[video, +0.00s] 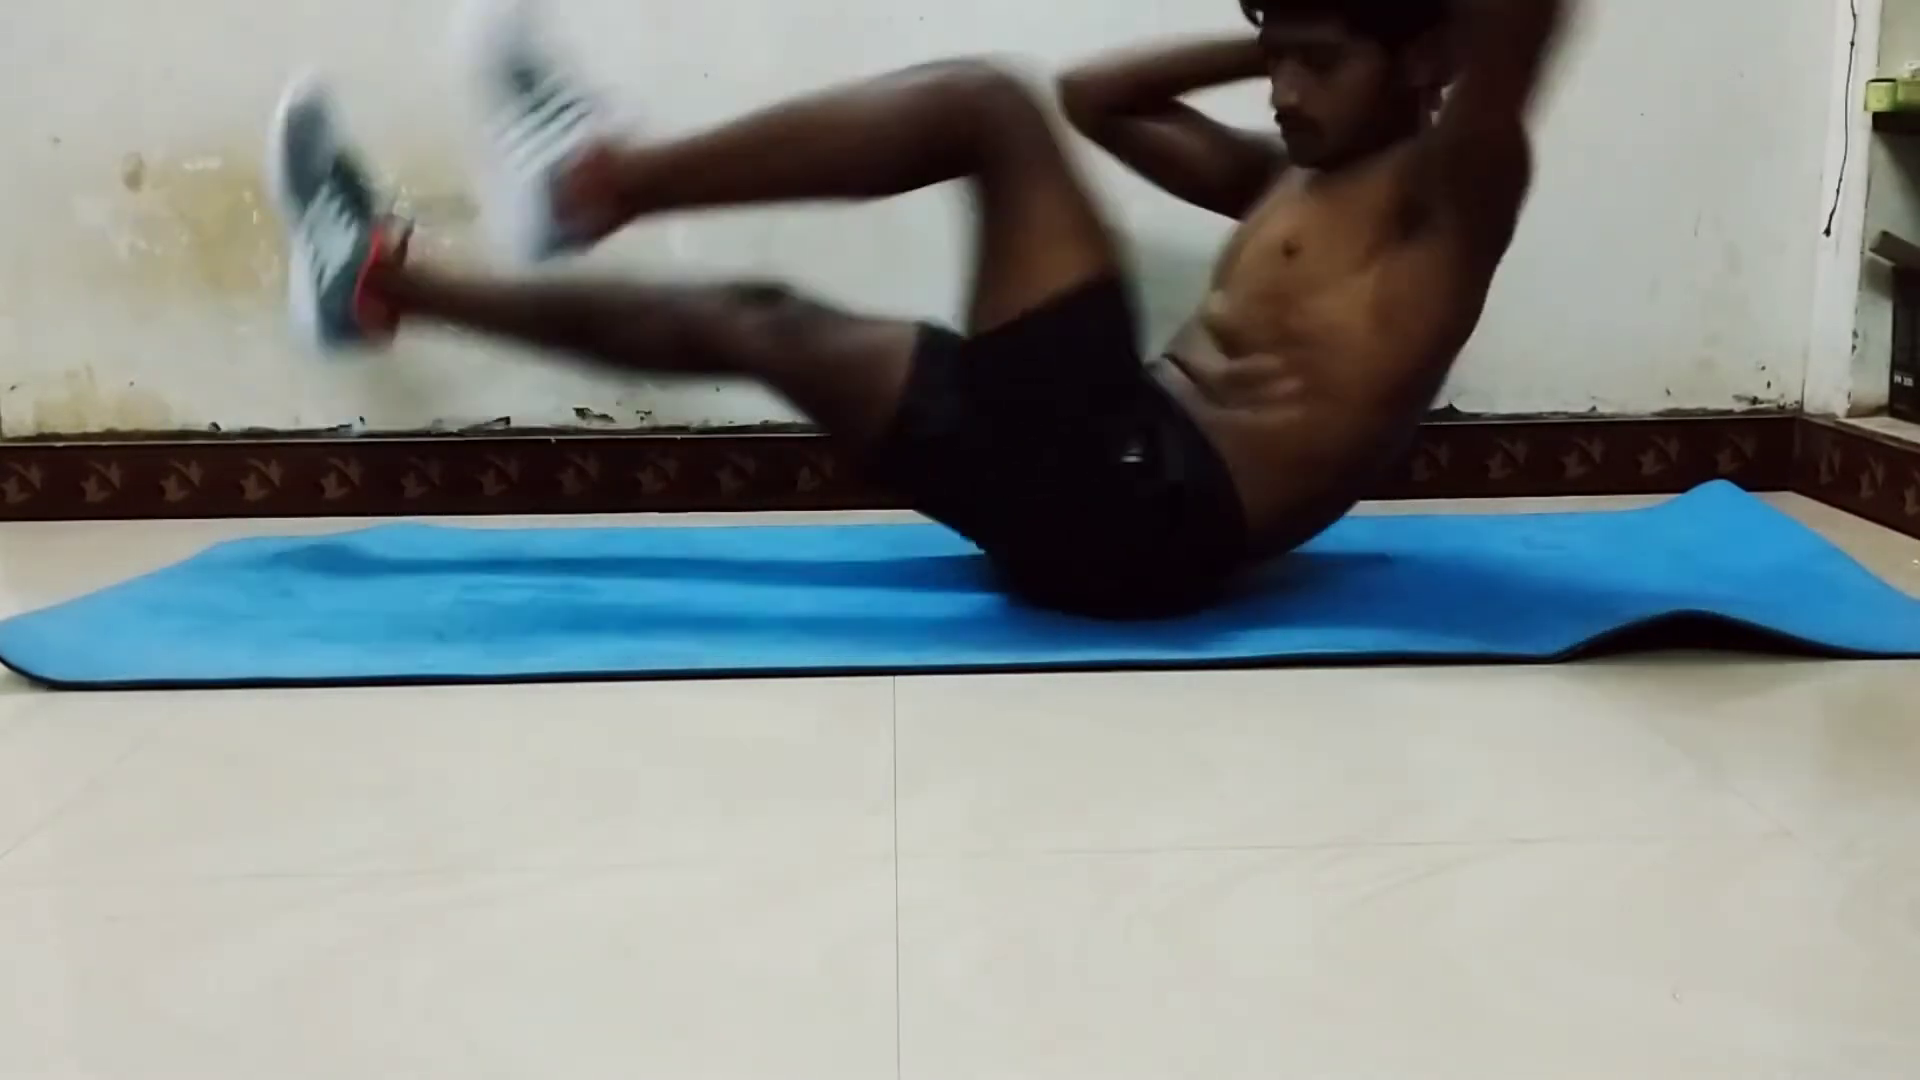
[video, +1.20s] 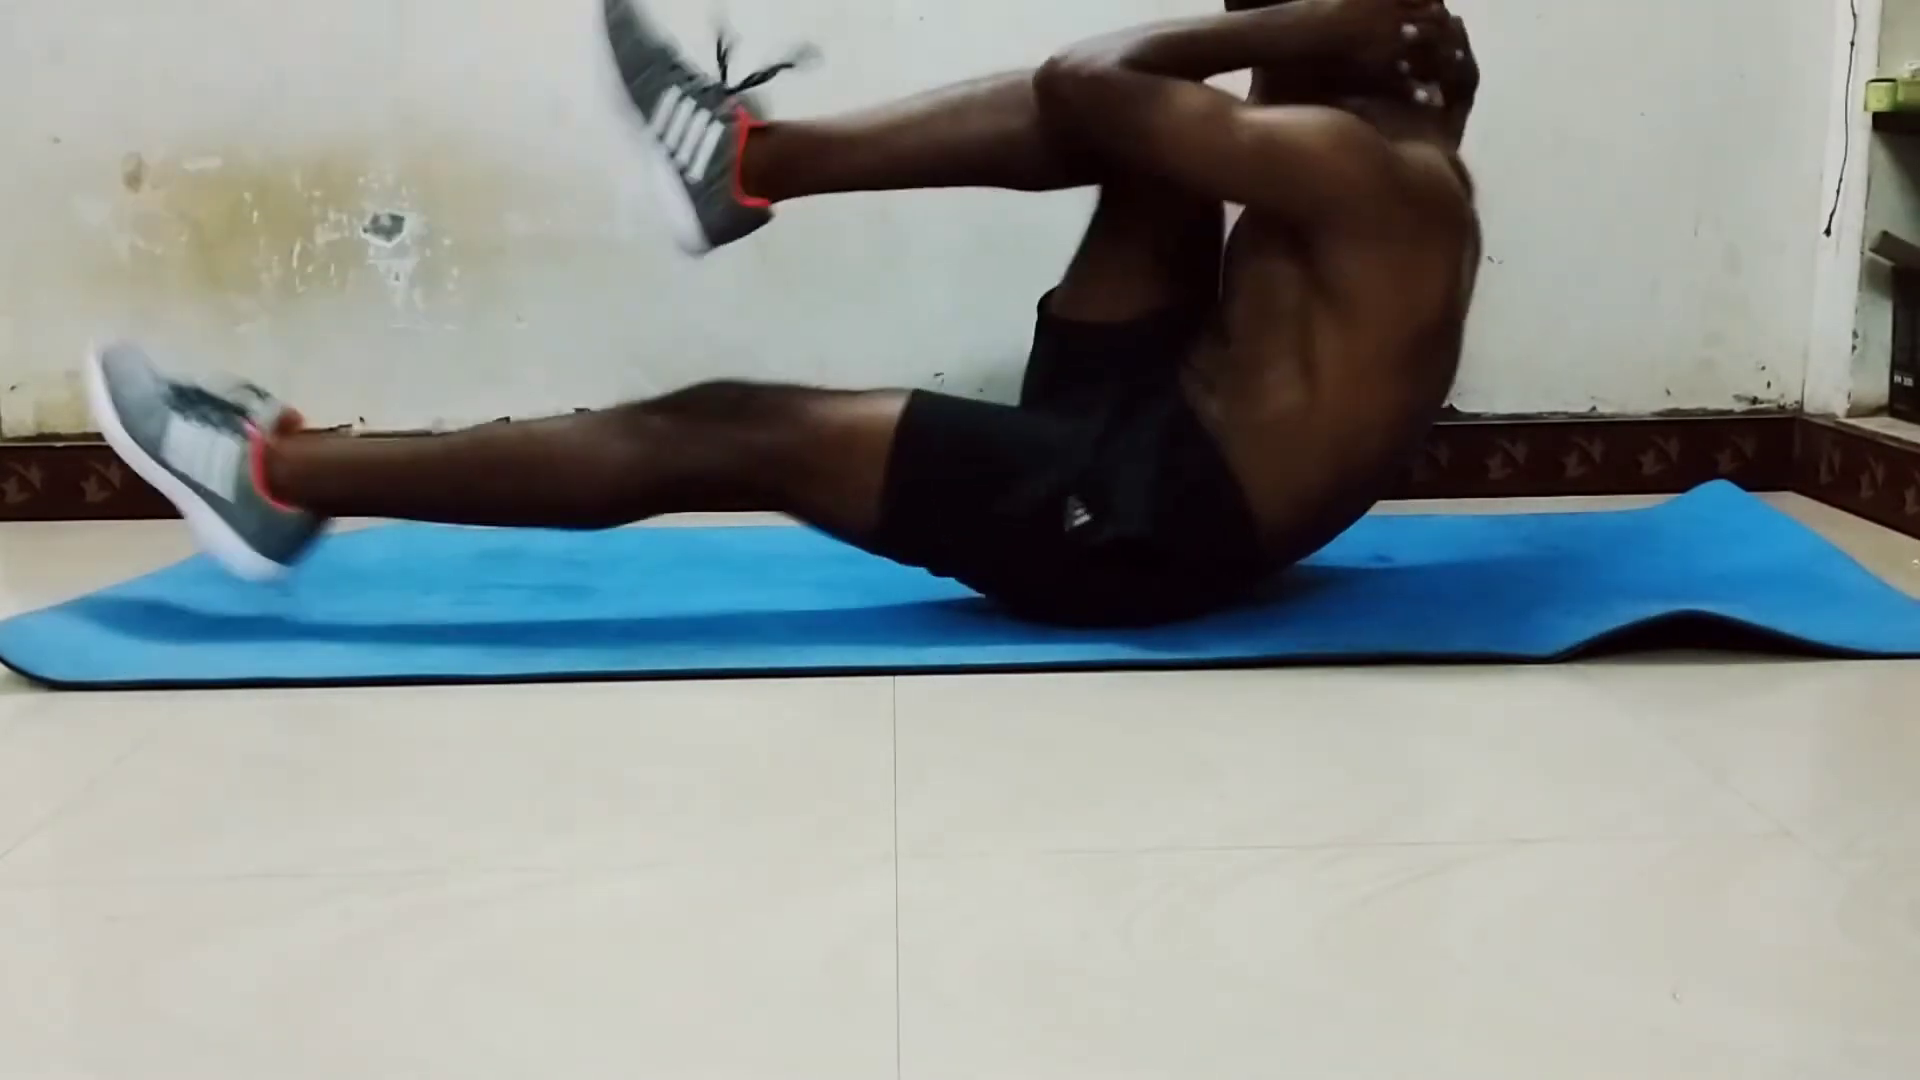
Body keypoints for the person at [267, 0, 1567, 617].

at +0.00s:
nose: (1287, 95)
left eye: (1315, 66)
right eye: (1278, 71)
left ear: (1417, 65)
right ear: (1288, 86)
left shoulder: (1452, 183)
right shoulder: (1295, 181)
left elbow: (1532, 27)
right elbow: (1095, 105)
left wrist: (1443, 50)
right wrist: (1255, 70)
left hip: (1150, 509)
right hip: (1077, 476)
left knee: (996, 105)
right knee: (754, 323)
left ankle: (601, 189)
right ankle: (390, 282)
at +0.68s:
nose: (1260, 109)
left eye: (1282, 69)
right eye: (1242, 71)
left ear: (1399, 56)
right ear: (1286, 70)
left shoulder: (1443, 201)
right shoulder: (1350, 166)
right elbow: (1175, 54)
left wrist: (1388, 51)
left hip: (1167, 522)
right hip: (1143, 476)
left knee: (872, 180)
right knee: (879, 173)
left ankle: (421, 234)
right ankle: (535, 320)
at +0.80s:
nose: (1252, 110)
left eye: (1278, 77)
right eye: (1250, 88)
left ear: (1402, 68)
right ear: (1359, 80)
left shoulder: (1441, 220)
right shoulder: (1355, 194)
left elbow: (1368, 152)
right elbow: (1281, 125)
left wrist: (1242, 65)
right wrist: (1241, 70)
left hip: (1159, 514)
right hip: (1127, 438)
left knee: (807, 247)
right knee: (934, 135)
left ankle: (370, 276)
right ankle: (592, 282)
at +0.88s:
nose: (1401, 61)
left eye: (1380, 44)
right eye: (1384, 41)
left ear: (1378, 83)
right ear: (1378, 80)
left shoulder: (1405, 207)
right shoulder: (1367, 196)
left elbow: (1176, 74)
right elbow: (1224, 77)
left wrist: (1362, 53)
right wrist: (1357, 58)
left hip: (1135, 510)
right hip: (1119, 423)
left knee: (740, 371)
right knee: (1045, 99)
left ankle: (287, 348)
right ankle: (672, 206)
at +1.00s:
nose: (1296, 57)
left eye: (1324, 38)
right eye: (1340, 33)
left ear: (1379, 66)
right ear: (1382, 69)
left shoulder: (1389, 199)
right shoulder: (1367, 189)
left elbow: (1129, 84)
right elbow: (1140, 86)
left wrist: (1318, 50)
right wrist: (1338, 51)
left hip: (1126, 515)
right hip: (1120, 425)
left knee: (727, 410)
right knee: (1092, 106)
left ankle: (264, 393)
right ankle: (712, 182)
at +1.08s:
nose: (1251, 74)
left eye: (1292, 49)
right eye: (1281, 45)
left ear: (1367, 69)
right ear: (1373, 70)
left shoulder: (1372, 191)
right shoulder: (1348, 177)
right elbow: (1105, 91)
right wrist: (1331, 44)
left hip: (1128, 514)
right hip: (1119, 424)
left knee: (737, 430)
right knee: (1130, 132)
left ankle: (269, 436)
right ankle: (742, 172)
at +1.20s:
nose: (1254, 75)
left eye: (1296, 52)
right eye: (1280, 47)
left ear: (1392, 66)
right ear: (1409, 74)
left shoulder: (1367, 170)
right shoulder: (1388, 166)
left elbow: (1072, 106)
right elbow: (1109, 88)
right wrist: (1343, 39)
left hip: (1132, 517)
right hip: (1143, 440)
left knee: (731, 430)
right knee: (1150, 123)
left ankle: (285, 472)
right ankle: (757, 161)